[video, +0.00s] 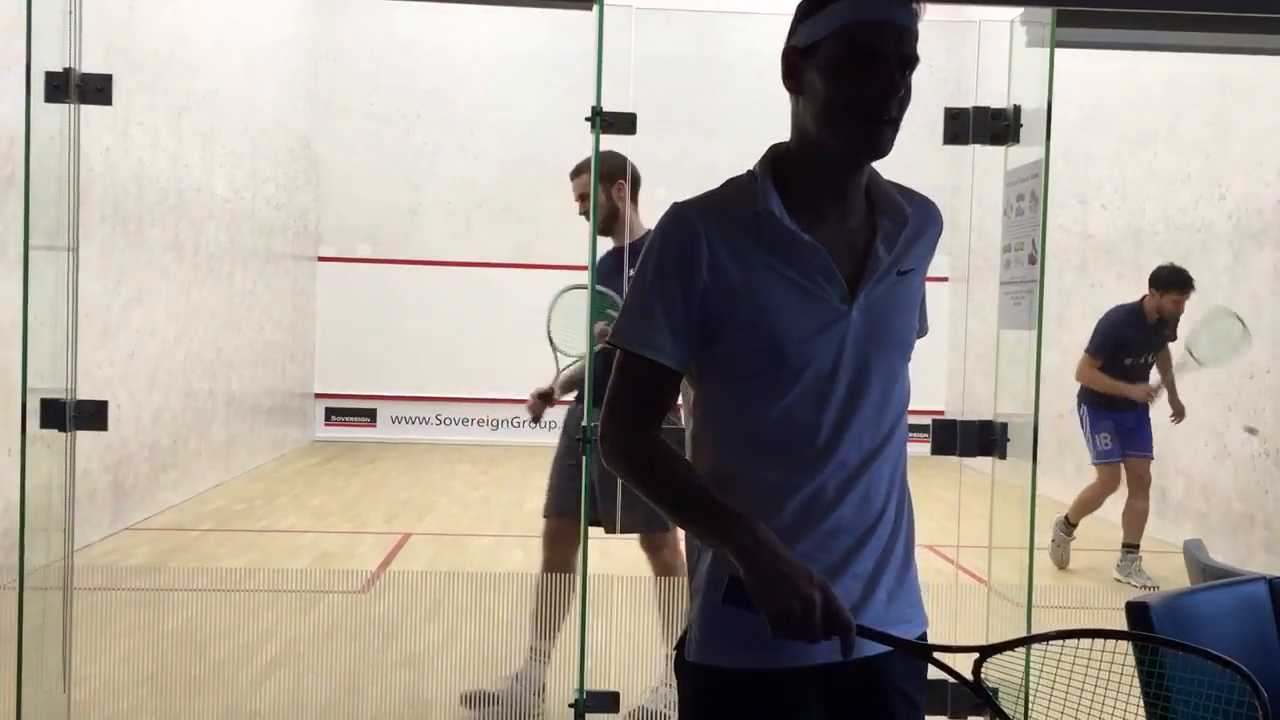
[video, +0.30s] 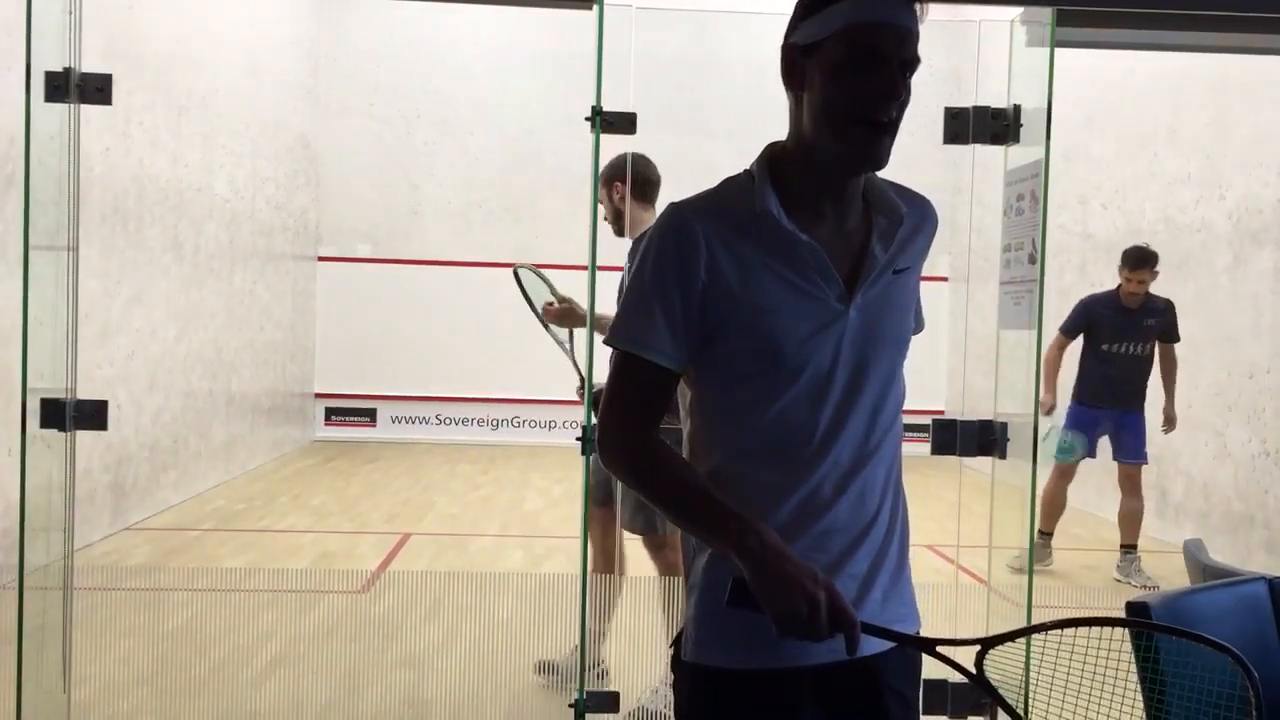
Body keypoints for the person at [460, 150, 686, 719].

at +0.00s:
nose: (583, 211)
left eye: (589, 197)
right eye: (577, 201)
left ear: (623, 189)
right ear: (585, 201)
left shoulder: (665, 258)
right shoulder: (604, 269)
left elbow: (688, 342)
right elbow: (602, 349)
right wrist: (555, 387)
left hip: (650, 420)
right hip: (591, 416)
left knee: (661, 543)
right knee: (559, 534)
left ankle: (677, 679)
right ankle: (531, 682)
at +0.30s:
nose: (600, 210)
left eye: (602, 198)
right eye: (600, 198)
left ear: (620, 193)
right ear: (640, 190)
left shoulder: (656, 250)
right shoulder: (641, 249)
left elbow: (654, 333)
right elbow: (640, 335)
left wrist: (586, 318)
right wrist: (609, 390)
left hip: (659, 415)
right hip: (624, 409)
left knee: (660, 536)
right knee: (601, 518)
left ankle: (684, 670)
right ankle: (592, 657)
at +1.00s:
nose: (567, 217)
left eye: (565, 209)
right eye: (578, 207)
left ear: (568, 210)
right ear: (612, 207)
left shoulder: (581, 255)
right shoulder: (642, 260)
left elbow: (587, 336)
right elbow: (637, 343)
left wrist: (530, 323)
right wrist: (565, 339)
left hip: (599, 414)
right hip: (654, 412)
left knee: (548, 523)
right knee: (641, 524)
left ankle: (590, 650)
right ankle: (656, 650)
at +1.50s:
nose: (468, 212)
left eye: (466, 205)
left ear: (467, 207)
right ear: (510, 204)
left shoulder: (479, 256)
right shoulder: (534, 257)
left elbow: (479, 339)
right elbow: (529, 333)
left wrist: (430, 329)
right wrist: (453, 326)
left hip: (492, 402)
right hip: (534, 402)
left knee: (485, 517)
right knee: (513, 507)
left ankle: (478, 638)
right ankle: (562, 600)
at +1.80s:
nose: (423, 213)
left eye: (422, 206)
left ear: (426, 209)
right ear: (467, 205)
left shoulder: (438, 255)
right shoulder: (491, 257)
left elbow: (436, 333)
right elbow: (502, 334)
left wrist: (385, 329)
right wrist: (421, 330)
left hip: (451, 399)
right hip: (489, 398)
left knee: (456, 510)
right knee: (449, 506)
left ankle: (476, 635)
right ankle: (419, 607)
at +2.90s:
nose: (340, 211)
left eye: (336, 203)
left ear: (337, 207)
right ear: (376, 207)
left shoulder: (344, 249)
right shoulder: (398, 256)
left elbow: (348, 321)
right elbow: (421, 327)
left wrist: (302, 326)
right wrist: (371, 334)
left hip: (349, 393)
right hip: (394, 396)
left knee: (301, 492)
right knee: (386, 493)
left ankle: (301, 619)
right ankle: (398, 616)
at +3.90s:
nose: (204, 199)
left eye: (206, 191)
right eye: (208, 191)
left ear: (214, 196)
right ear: (247, 200)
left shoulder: (208, 247)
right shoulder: (260, 252)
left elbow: (171, 320)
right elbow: (176, 287)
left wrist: (190, 300)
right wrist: (115, 296)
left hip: (204, 380)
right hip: (241, 383)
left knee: (195, 492)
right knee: (186, 492)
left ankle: (261, 602)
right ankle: (148, 607)